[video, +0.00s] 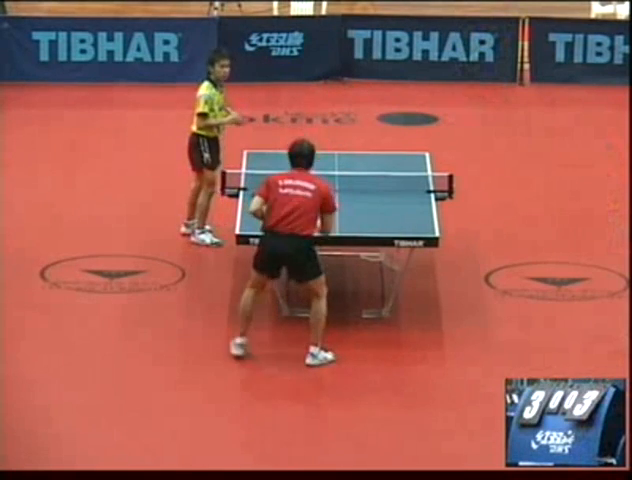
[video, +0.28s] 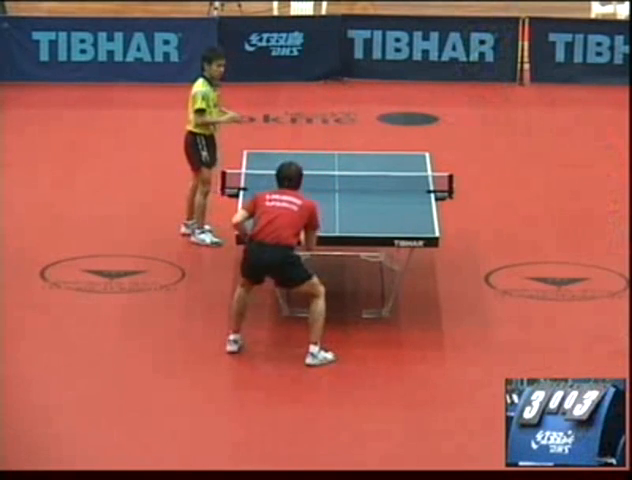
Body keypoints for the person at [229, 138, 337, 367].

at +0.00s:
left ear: (290, 159)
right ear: (312, 161)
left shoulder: (273, 181)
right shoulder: (321, 187)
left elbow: (255, 208)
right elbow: (327, 227)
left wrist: (271, 218)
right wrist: (307, 224)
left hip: (271, 240)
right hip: (301, 244)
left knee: (254, 286)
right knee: (318, 294)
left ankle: (240, 339)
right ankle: (315, 349)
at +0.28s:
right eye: (299, 179)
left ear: (277, 181)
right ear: (300, 182)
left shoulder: (262, 198)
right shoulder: (308, 206)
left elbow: (236, 221)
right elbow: (310, 246)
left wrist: (244, 235)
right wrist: (297, 232)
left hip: (255, 250)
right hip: (283, 254)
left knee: (244, 287)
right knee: (318, 292)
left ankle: (234, 337)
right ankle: (315, 349)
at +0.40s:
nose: (293, 188)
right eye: (295, 184)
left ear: (274, 186)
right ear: (296, 187)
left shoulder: (258, 202)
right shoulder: (304, 209)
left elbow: (232, 224)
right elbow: (305, 248)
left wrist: (240, 241)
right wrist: (291, 238)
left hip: (251, 251)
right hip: (279, 255)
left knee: (242, 287)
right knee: (315, 292)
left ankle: (233, 337)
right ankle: (314, 349)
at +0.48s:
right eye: (293, 187)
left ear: (272, 189)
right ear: (294, 190)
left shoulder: (256, 204)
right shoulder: (303, 212)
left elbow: (231, 226)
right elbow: (302, 250)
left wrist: (241, 244)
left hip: (249, 251)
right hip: (277, 255)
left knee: (242, 287)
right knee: (313, 293)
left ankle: (233, 337)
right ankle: (314, 349)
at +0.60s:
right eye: (293, 189)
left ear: (271, 191)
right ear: (293, 192)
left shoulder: (255, 206)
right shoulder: (302, 212)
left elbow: (230, 228)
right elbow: (301, 251)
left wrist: (241, 246)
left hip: (249, 252)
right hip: (276, 256)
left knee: (242, 287)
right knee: (313, 292)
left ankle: (233, 336)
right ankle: (315, 349)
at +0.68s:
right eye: (293, 188)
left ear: (272, 191)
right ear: (294, 191)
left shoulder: (255, 206)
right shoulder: (303, 212)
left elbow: (231, 227)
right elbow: (302, 251)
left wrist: (242, 247)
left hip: (250, 252)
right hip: (277, 256)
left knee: (243, 287)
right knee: (313, 293)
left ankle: (233, 336)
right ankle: (315, 349)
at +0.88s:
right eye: (296, 187)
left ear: (276, 189)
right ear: (298, 190)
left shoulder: (262, 204)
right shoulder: (308, 210)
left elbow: (240, 221)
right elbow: (307, 249)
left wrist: (243, 241)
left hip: (257, 249)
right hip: (286, 252)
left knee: (242, 284)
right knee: (314, 294)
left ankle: (230, 333)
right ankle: (315, 349)